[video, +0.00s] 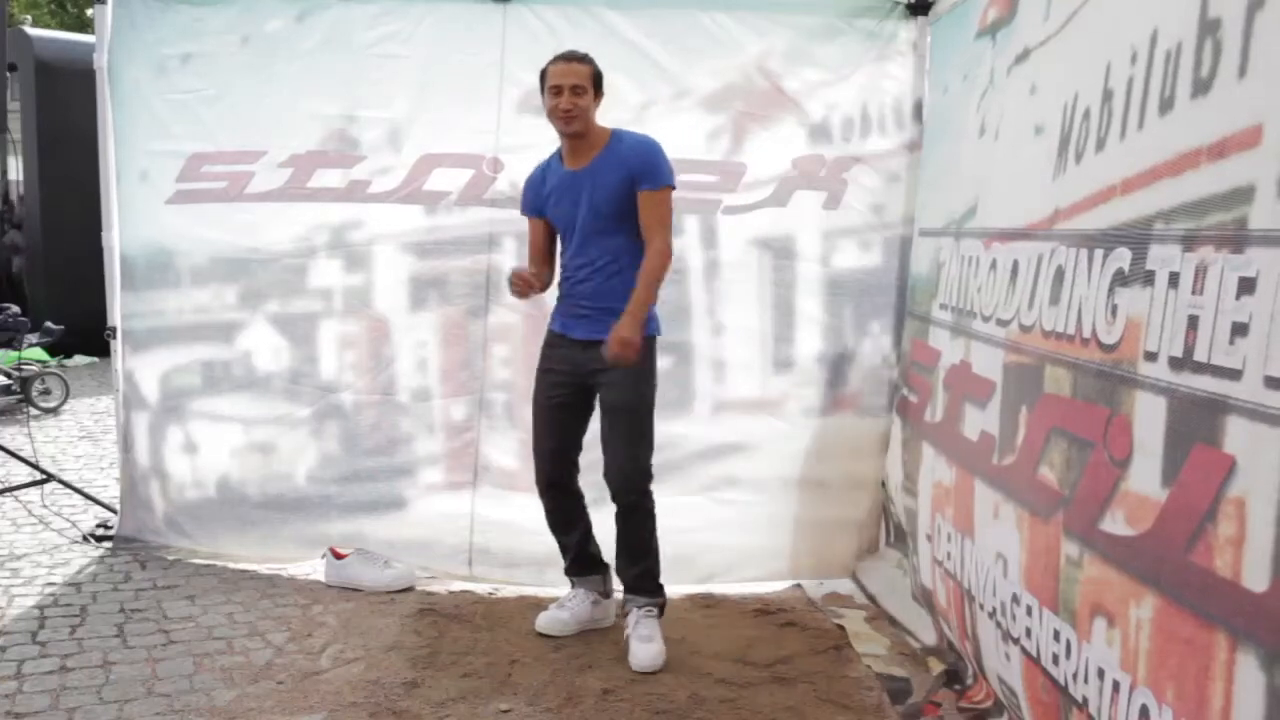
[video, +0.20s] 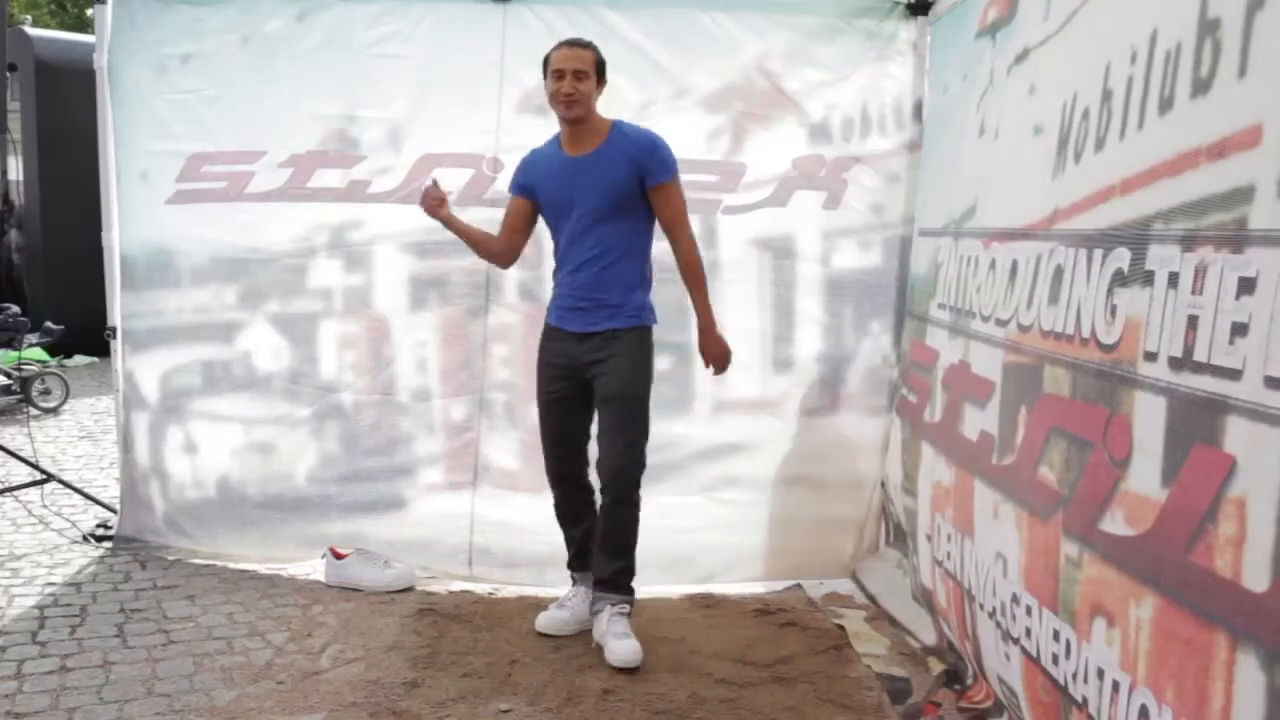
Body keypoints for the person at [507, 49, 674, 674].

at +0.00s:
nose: (566, 102)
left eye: (577, 91)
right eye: (556, 92)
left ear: (597, 99)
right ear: (543, 103)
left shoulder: (639, 155)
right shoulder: (540, 181)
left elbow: (658, 248)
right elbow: (539, 270)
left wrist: (633, 318)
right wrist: (526, 280)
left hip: (625, 344)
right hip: (565, 343)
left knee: (626, 478)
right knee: (554, 475)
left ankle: (644, 608)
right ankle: (591, 589)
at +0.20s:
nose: (568, 85)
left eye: (580, 76)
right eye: (558, 76)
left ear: (601, 85)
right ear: (546, 87)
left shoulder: (642, 149)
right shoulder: (535, 167)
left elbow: (682, 241)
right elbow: (504, 252)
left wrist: (707, 325)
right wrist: (448, 217)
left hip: (625, 337)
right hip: (561, 337)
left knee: (620, 470)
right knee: (563, 470)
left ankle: (614, 605)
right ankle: (586, 586)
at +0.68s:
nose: (601, 87)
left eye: (615, 78)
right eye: (592, 76)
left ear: (634, 91)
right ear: (578, 86)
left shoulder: (659, 163)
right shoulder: (545, 159)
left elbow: (669, 247)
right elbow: (529, 263)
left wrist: (675, 265)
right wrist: (538, 237)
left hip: (642, 337)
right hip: (571, 339)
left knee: (657, 463)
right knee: (571, 472)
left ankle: (630, 598)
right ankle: (588, 588)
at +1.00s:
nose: (588, 80)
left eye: (601, 69)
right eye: (586, 71)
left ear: (640, 78)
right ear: (591, 82)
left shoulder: (684, 161)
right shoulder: (570, 155)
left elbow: (701, 261)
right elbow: (544, 245)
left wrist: (683, 347)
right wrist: (557, 271)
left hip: (645, 345)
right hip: (575, 340)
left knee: (652, 487)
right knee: (560, 470)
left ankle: (652, 611)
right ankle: (587, 584)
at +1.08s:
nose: (582, 88)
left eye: (595, 78)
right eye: (581, 79)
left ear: (635, 85)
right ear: (589, 89)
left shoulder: (684, 169)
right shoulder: (576, 164)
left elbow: (705, 269)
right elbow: (548, 249)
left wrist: (709, 365)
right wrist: (524, 247)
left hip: (645, 354)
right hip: (578, 344)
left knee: (645, 493)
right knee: (547, 468)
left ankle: (652, 614)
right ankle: (582, 578)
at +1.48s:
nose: (560, 95)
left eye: (571, 83)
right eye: (554, 84)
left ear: (606, 86)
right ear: (552, 91)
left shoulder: (645, 144)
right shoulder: (562, 166)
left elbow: (665, 240)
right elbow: (495, 227)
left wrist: (628, 310)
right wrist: (447, 178)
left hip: (625, 347)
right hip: (568, 342)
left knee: (631, 484)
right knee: (552, 474)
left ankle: (668, 612)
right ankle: (576, 595)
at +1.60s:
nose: (551, 101)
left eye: (563, 89)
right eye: (542, 91)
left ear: (592, 92)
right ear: (537, 99)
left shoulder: (636, 143)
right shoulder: (548, 171)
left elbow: (651, 227)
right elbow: (484, 234)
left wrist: (586, 241)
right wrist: (439, 168)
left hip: (628, 344)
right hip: (567, 342)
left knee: (617, 478)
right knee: (549, 475)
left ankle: (657, 607)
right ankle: (576, 595)